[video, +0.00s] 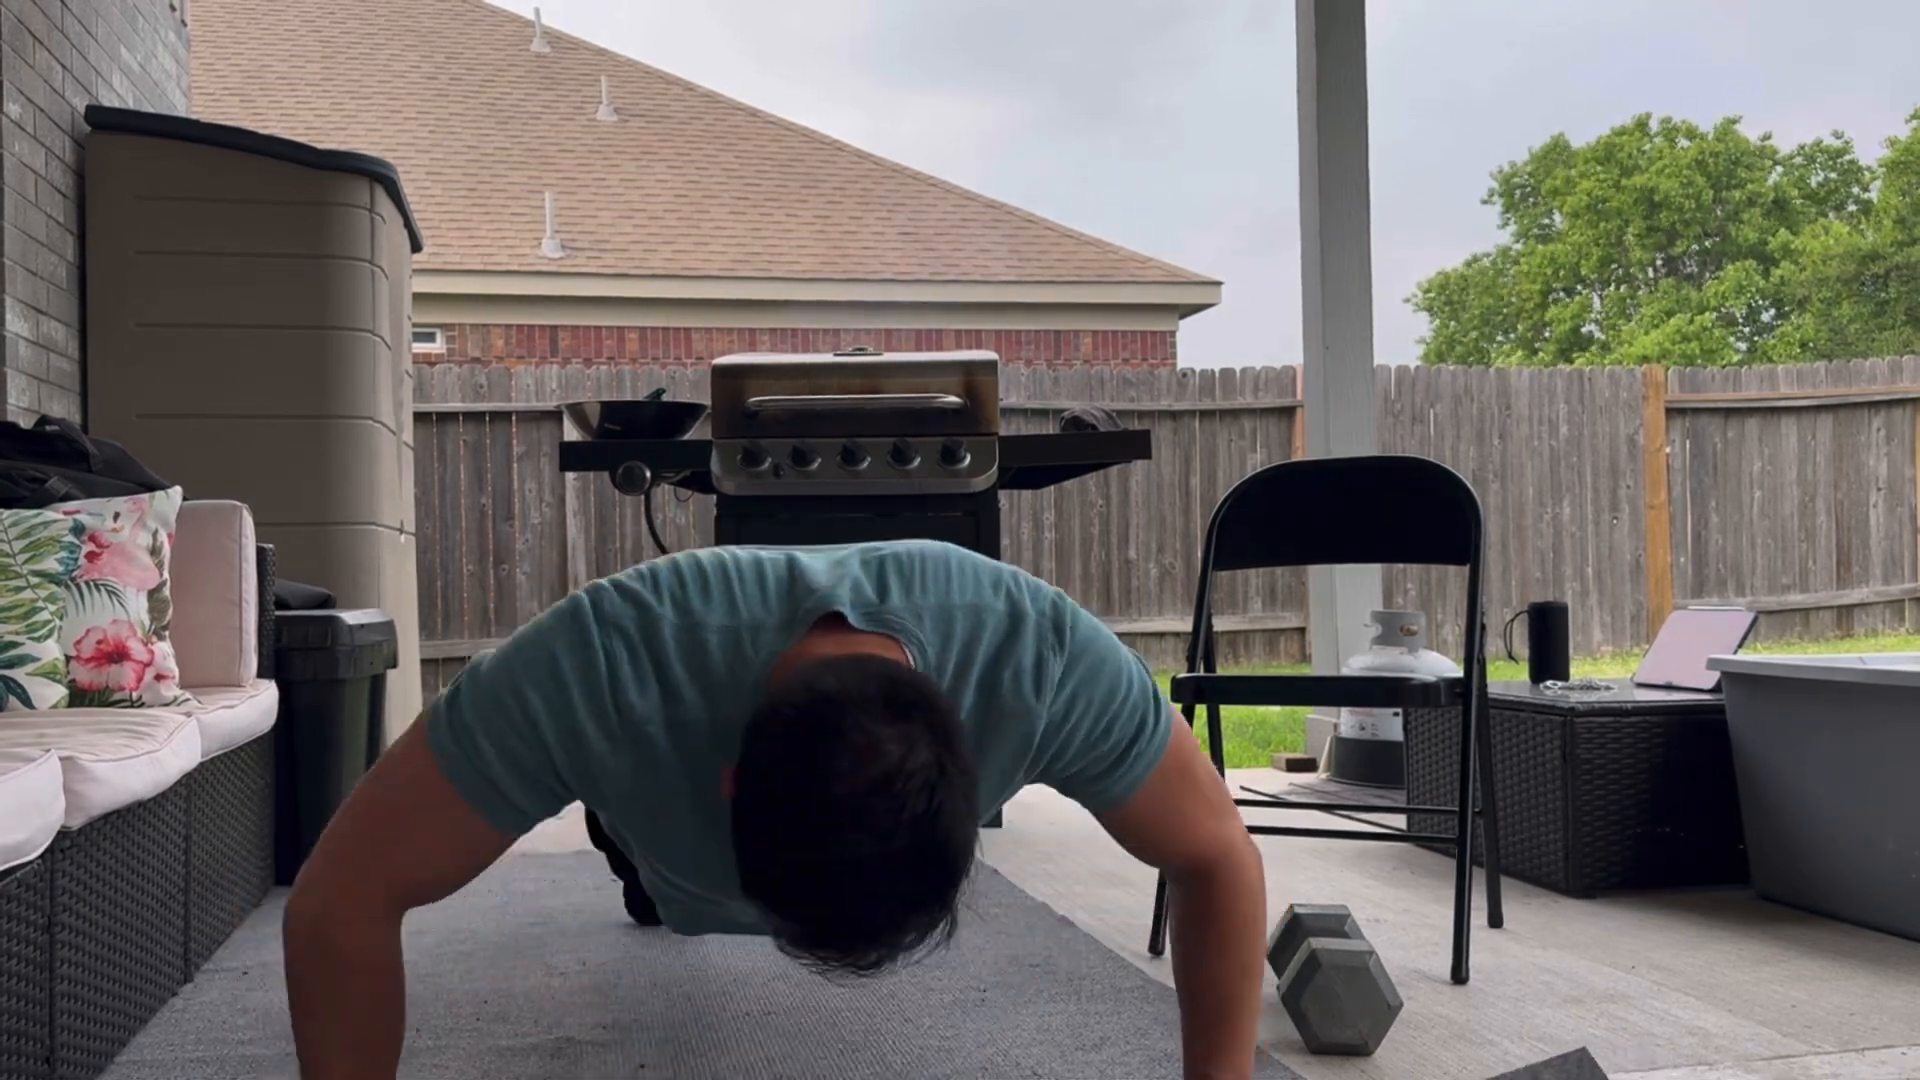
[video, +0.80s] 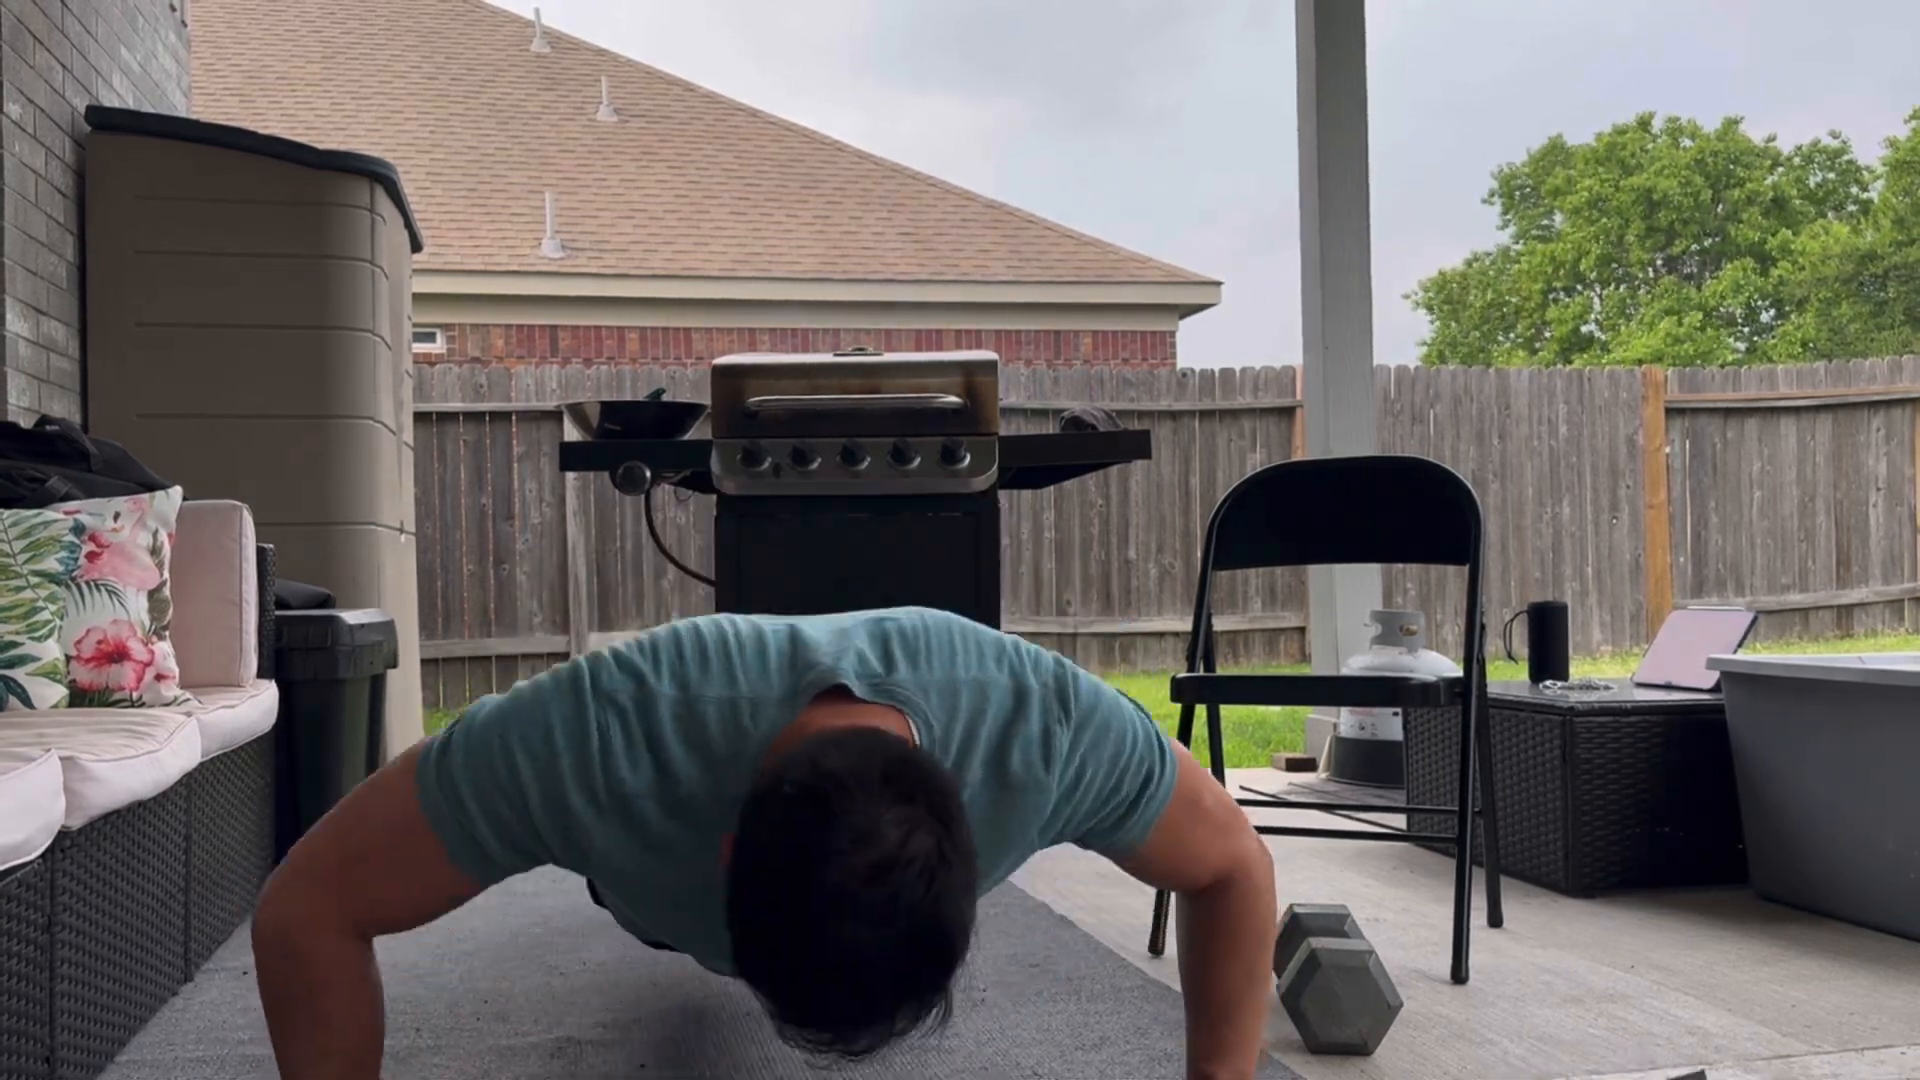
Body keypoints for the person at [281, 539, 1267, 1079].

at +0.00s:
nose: (829, 946)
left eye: (874, 932)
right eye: (799, 919)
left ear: (963, 802)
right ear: (733, 780)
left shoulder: (1046, 664)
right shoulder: (598, 668)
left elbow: (1217, 863)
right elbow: (341, 900)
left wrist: (1216, 1073)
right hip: (667, 813)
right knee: (669, 891)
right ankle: (637, 866)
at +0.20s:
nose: (835, 950)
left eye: (876, 935)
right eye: (809, 932)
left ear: (969, 798)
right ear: (735, 771)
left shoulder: (1048, 657)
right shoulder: (595, 658)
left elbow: (1207, 864)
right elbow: (342, 897)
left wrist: (1216, 1078)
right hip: (651, 813)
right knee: (652, 881)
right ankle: (644, 880)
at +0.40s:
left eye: (903, 1032)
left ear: (945, 1012)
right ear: (749, 1014)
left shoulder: (1048, 852)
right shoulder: (606, 871)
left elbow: (1256, 868)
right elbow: (282, 927)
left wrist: (1228, 1075)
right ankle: (443, 808)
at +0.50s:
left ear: (935, 1040)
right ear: (754, 1046)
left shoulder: (1034, 901)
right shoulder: (620, 931)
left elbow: (1253, 863)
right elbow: (288, 921)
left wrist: (1229, 1069)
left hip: (937, 833)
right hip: (674, 850)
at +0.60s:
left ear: (937, 1040)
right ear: (752, 1042)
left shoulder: (1043, 889)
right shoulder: (618, 923)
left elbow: (1249, 866)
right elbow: (288, 923)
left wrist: (1229, 1073)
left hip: (921, 813)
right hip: (691, 827)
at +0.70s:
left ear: (961, 982)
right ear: (732, 995)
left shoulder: (1055, 829)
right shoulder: (599, 849)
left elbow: (1249, 875)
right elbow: (286, 924)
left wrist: (1225, 1070)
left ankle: (1273, 901)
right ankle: (445, 803)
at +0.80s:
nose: (828, 1017)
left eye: (871, 1006)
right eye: (785, 984)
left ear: (965, 835)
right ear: (730, 846)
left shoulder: (1052, 736)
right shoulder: (587, 747)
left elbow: (1235, 871)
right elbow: (306, 916)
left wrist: (1224, 1068)